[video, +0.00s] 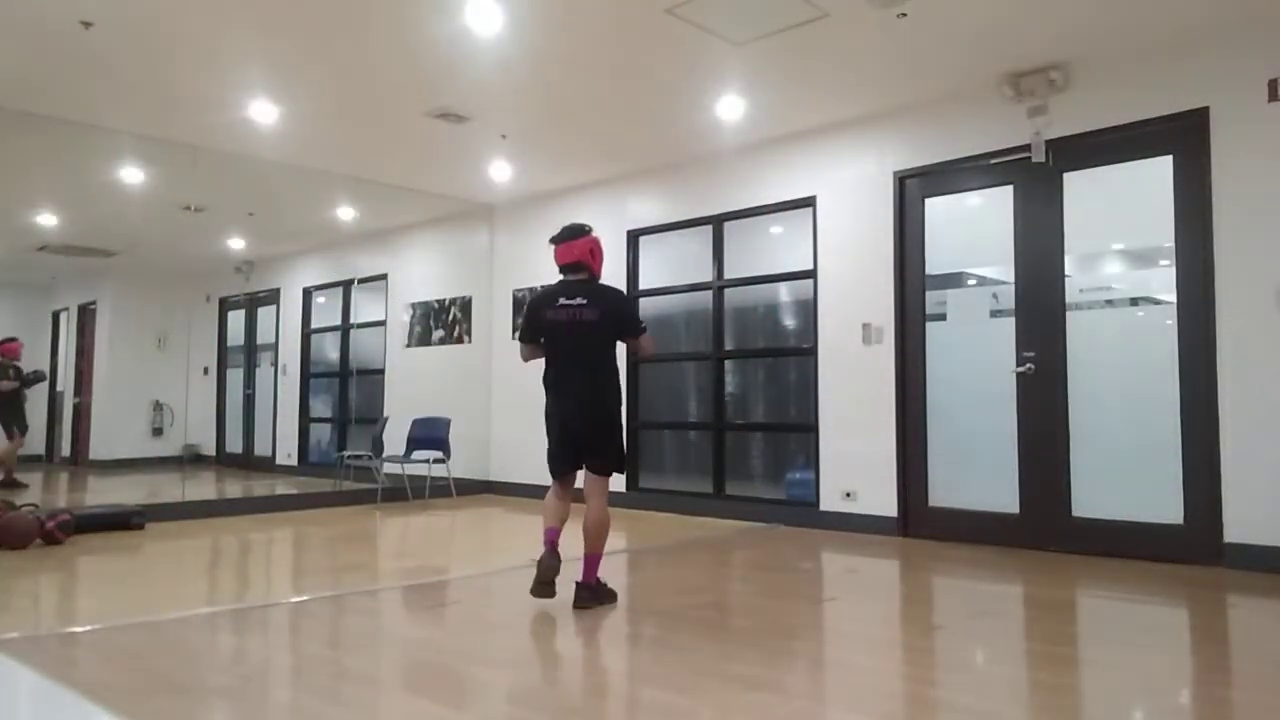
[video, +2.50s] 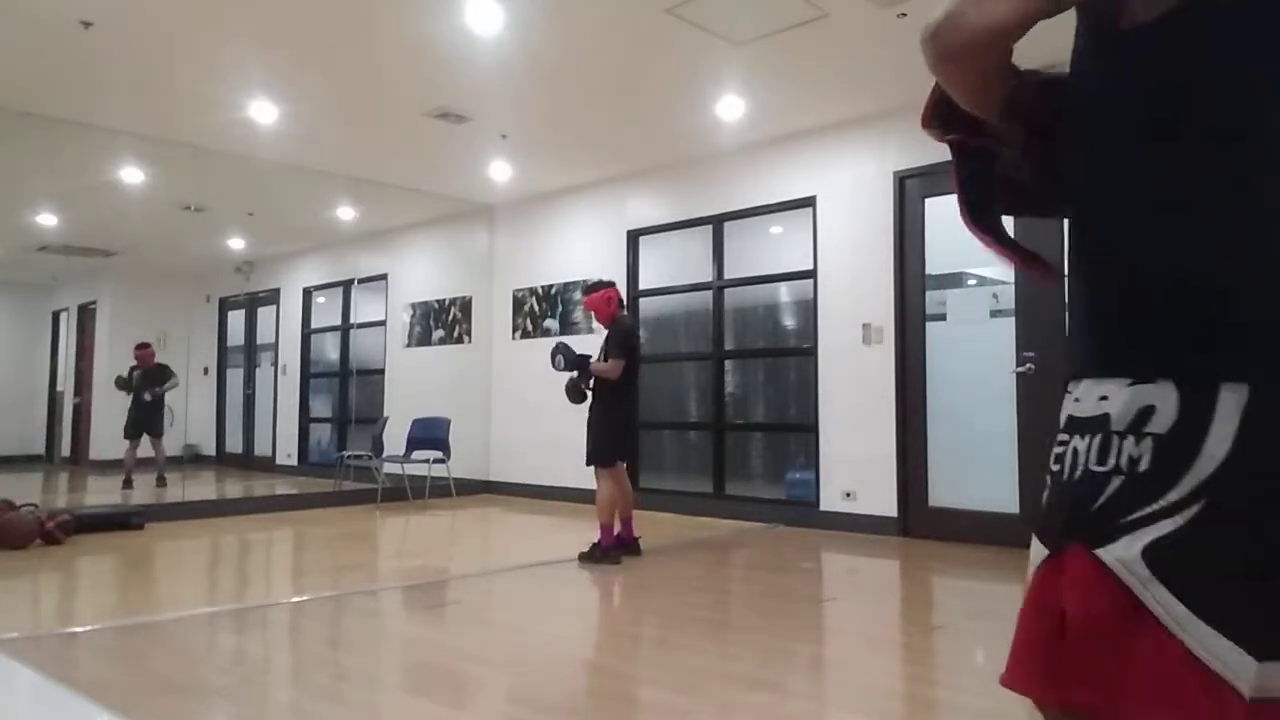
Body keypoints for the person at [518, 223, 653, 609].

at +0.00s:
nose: (601, 257)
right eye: (598, 251)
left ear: (559, 260)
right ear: (594, 256)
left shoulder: (541, 301)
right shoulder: (613, 299)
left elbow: (528, 352)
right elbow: (643, 347)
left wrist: (560, 342)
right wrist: (620, 332)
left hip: (560, 408)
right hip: (601, 407)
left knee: (561, 484)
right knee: (597, 493)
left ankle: (549, 552)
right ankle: (588, 584)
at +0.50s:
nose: (599, 272)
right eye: (598, 267)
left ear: (564, 275)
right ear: (598, 271)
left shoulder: (550, 314)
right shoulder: (618, 312)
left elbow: (529, 363)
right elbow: (647, 354)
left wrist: (552, 385)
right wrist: (628, 388)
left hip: (567, 411)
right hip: (605, 409)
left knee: (573, 487)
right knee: (609, 487)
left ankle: (575, 564)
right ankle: (597, 552)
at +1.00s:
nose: (611, 287)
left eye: (596, 281)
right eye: (614, 281)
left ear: (586, 284)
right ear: (617, 284)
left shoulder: (571, 319)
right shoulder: (631, 319)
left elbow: (552, 366)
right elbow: (653, 361)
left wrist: (569, 395)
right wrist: (648, 393)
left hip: (582, 411)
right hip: (620, 410)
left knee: (583, 483)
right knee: (628, 482)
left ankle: (576, 565)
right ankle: (633, 554)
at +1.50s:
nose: (606, 289)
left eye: (607, 285)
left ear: (611, 288)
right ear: (640, 289)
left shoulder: (597, 320)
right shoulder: (655, 323)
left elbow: (570, 354)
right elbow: (667, 361)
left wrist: (595, 352)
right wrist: (643, 353)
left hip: (607, 411)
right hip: (643, 411)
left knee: (606, 477)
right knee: (637, 480)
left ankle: (607, 546)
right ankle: (633, 554)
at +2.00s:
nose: (592, 302)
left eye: (594, 297)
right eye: (592, 297)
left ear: (600, 298)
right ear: (624, 296)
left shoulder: (595, 330)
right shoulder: (641, 330)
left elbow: (579, 370)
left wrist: (571, 348)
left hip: (599, 411)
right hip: (628, 409)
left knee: (602, 478)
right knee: (625, 469)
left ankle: (606, 545)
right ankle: (636, 524)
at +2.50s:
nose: (593, 315)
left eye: (594, 309)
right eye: (591, 310)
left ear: (608, 303)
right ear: (610, 304)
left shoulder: (620, 329)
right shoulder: (620, 328)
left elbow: (614, 370)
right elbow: (612, 368)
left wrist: (584, 364)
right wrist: (587, 374)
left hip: (608, 415)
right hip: (618, 413)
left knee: (603, 473)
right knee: (617, 471)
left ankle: (606, 544)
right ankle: (627, 537)